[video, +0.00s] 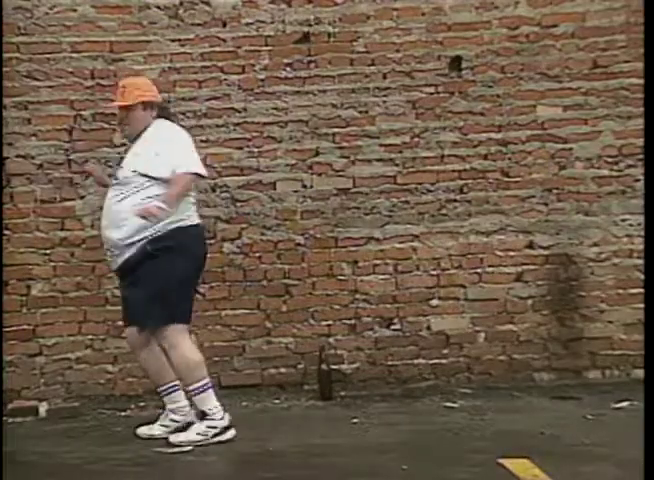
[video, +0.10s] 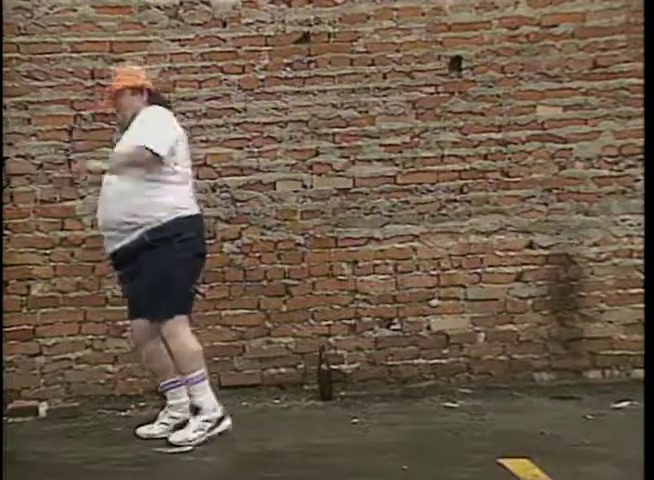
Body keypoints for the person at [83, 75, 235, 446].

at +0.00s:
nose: (120, 118)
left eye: (125, 110)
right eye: (119, 111)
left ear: (146, 108)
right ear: (134, 111)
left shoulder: (166, 133)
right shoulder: (140, 145)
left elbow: (187, 175)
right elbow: (139, 193)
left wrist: (165, 205)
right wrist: (108, 181)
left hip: (170, 243)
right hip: (141, 251)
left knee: (171, 331)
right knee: (139, 336)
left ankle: (214, 417)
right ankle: (179, 413)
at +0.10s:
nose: (112, 105)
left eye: (118, 97)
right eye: (111, 99)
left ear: (141, 94)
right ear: (123, 101)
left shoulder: (156, 117)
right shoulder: (127, 137)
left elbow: (147, 154)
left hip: (169, 235)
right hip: (137, 245)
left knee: (173, 325)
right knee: (143, 332)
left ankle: (209, 410)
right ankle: (179, 407)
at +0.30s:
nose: (102, 106)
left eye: (108, 99)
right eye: (104, 100)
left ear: (122, 96)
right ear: (132, 96)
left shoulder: (137, 113)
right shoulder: (130, 123)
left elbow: (81, 137)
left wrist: (47, 164)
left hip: (166, 232)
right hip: (143, 236)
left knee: (146, 320)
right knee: (144, 322)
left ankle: (181, 405)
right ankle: (163, 403)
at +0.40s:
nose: (102, 127)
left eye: (105, 121)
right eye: (102, 121)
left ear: (119, 117)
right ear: (133, 116)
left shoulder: (130, 137)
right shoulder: (146, 140)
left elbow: (85, 167)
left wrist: (66, 192)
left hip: (162, 256)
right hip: (142, 258)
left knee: (142, 338)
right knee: (142, 337)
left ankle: (183, 419)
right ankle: (167, 411)